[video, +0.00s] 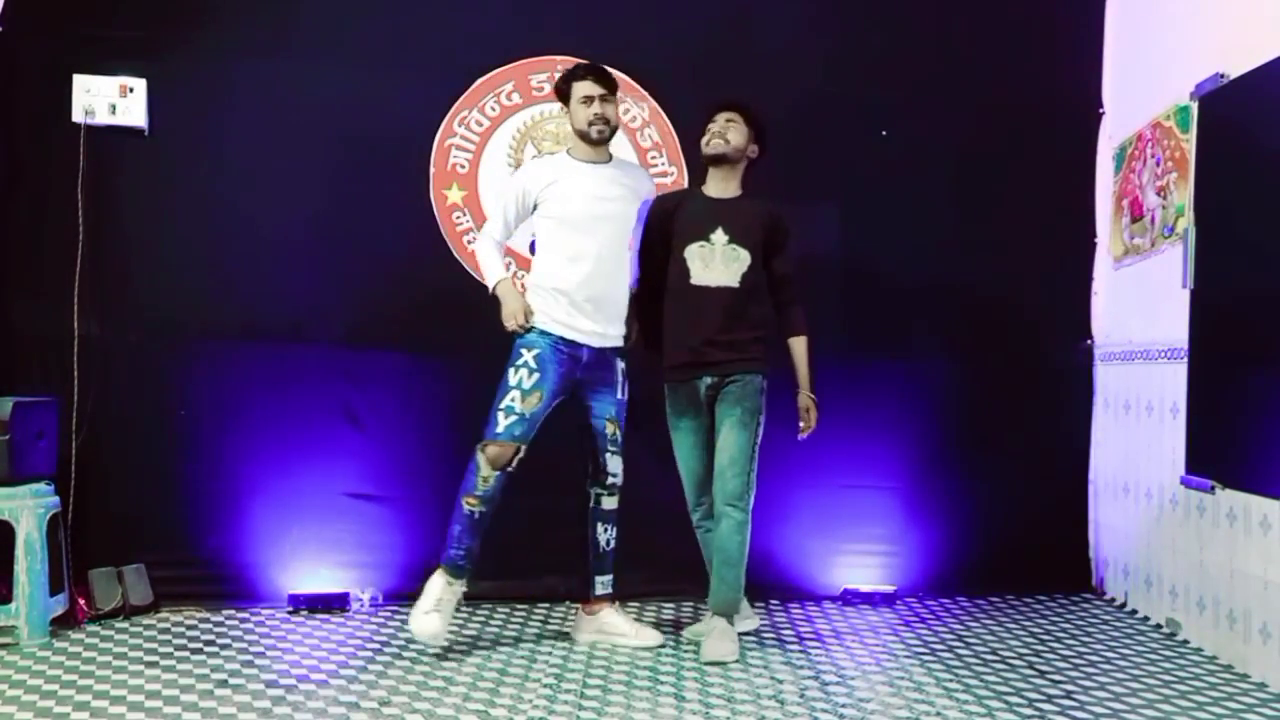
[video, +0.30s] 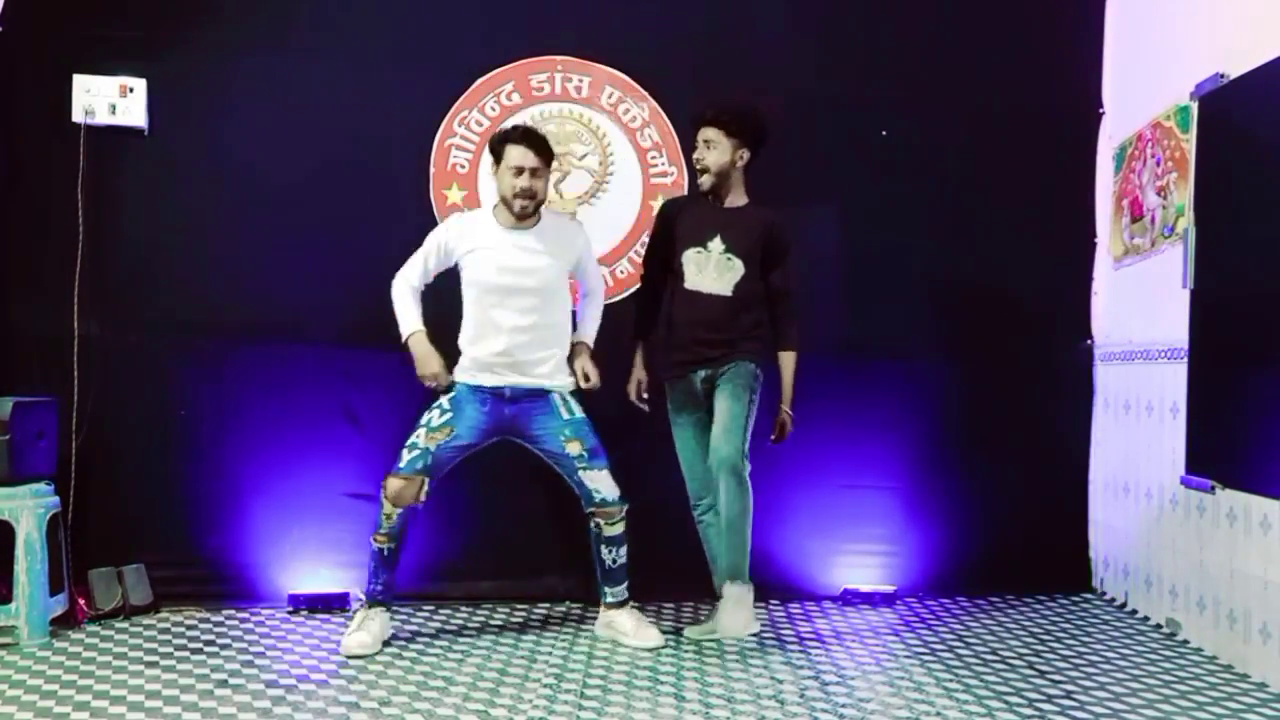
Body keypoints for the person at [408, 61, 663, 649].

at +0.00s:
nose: (599, 110)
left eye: (606, 100)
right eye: (587, 102)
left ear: (618, 109)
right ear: (567, 113)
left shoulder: (638, 182)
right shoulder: (540, 174)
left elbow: (642, 257)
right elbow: (490, 239)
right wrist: (506, 285)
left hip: (610, 346)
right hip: (548, 335)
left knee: (611, 474)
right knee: (497, 453)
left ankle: (599, 604)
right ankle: (450, 578)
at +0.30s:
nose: (527, 183)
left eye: (537, 173)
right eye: (517, 171)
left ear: (550, 178)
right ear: (495, 174)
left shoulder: (570, 235)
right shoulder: (461, 232)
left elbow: (594, 289)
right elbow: (405, 282)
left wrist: (583, 345)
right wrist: (421, 347)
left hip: (547, 397)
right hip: (473, 392)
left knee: (608, 499)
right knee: (399, 487)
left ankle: (615, 609)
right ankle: (374, 608)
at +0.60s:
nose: (502, 202)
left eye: (503, 192)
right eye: (490, 194)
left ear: (504, 193)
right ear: (449, 201)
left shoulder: (526, 248)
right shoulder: (418, 260)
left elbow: (524, 338)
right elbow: (405, 351)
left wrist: (505, 414)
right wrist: (383, 433)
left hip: (523, 390)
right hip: (452, 394)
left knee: (594, 486)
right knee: (392, 495)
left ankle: (615, 607)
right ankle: (374, 610)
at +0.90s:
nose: (487, 145)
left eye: (484, 137)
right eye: (477, 138)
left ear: (456, 148)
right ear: (443, 149)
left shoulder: (507, 207)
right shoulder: (404, 228)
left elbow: (531, 274)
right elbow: (400, 323)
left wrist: (489, 313)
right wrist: (466, 317)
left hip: (527, 375)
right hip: (454, 382)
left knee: (586, 478)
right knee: (413, 494)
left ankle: (615, 604)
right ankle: (376, 609)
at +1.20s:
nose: (481, 143)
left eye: (480, 135)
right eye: (471, 135)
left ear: (459, 146)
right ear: (435, 145)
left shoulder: (500, 201)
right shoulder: (404, 222)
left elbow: (555, 237)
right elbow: (429, 299)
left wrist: (612, 262)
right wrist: (492, 253)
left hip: (532, 366)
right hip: (462, 371)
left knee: (575, 480)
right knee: (423, 490)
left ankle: (614, 604)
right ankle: (378, 609)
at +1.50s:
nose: (506, 141)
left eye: (505, 131)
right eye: (496, 131)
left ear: (477, 140)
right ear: (460, 138)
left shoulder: (515, 199)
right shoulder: (423, 204)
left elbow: (570, 234)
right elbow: (446, 273)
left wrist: (632, 238)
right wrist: (513, 237)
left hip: (531, 365)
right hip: (462, 368)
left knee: (572, 481)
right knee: (425, 485)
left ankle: (613, 604)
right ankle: (378, 607)